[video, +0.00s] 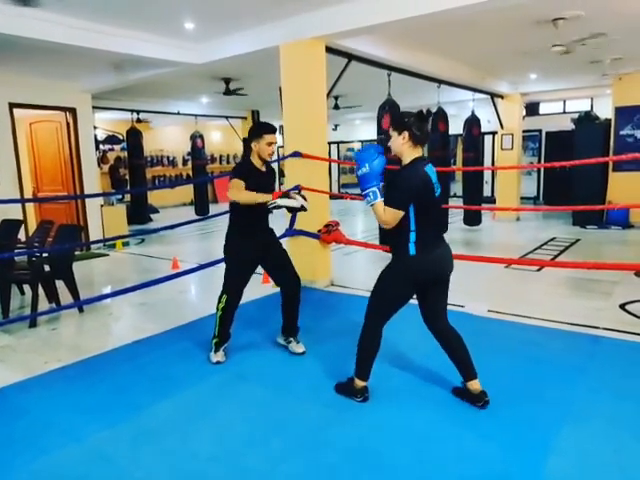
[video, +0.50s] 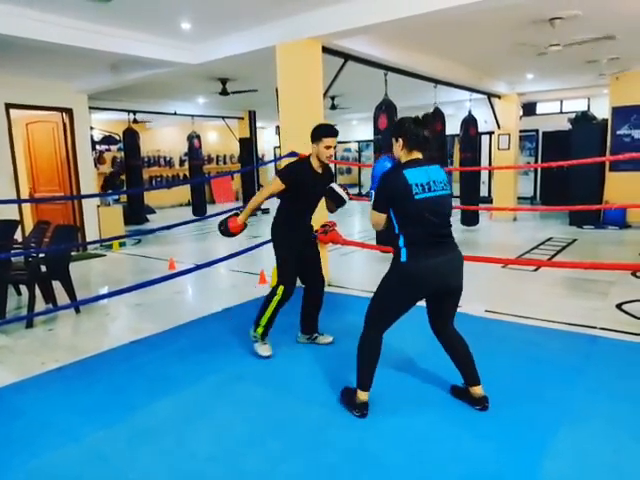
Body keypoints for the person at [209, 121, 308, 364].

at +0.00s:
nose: (273, 149)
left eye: (275, 144)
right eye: (268, 144)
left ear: (273, 145)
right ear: (254, 144)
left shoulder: (269, 171)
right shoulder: (242, 168)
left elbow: (264, 200)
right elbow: (234, 194)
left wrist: (287, 198)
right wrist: (271, 198)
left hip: (265, 238)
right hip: (241, 241)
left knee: (291, 283)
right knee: (231, 294)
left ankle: (289, 335)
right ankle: (219, 343)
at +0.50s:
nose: (331, 153)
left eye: (334, 148)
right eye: (327, 148)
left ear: (334, 147)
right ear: (314, 146)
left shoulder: (327, 173)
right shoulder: (295, 170)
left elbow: (331, 207)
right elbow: (264, 193)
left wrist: (338, 198)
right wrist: (241, 219)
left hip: (304, 229)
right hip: (284, 230)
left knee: (315, 283)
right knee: (286, 285)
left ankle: (308, 333)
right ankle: (259, 334)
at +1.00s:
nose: (350, 147)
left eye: (349, 142)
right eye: (348, 142)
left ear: (317, 143)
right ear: (340, 144)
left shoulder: (300, 177)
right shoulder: (352, 175)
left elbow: (301, 216)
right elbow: (367, 214)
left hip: (303, 268)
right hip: (341, 270)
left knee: (297, 325)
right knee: (369, 345)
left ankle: (264, 382)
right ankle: (371, 428)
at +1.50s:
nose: (254, 151)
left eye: (254, 145)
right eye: (252, 145)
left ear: (228, 147)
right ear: (240, 147)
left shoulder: (214, 176)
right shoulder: (234, 181)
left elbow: (246, 218)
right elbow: (259, 224)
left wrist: (259, 189)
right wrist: (267, 189)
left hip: (202, 269)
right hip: (219, 274)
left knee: (231, 322)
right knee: (243, 343)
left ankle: (203, 368)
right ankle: (213, 423)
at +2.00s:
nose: (204, 151)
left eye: (203, 146)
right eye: (200, 146)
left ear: (183, 149)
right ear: (186, 148)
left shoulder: (189, 177)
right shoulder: (175, 180)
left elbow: (203, 216)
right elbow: (205, 221)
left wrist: (205, 214)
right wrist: (212, 191)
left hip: (187, 260)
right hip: (164, 263)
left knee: (225, 301)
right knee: (170, 331)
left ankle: (206, 357)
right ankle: (136, 387)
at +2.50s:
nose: (201, 154)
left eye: (201, 150)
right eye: (197, 150)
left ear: (191, 152)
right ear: (180, 151)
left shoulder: (197, 177)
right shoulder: (169, 181)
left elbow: (221, 208)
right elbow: (194, 215)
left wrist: (224, 180)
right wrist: (204, 183)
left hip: (202, 251)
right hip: (176, 255)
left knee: (231, 297)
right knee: (180, 315)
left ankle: (217, 347)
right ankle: (157, 359)